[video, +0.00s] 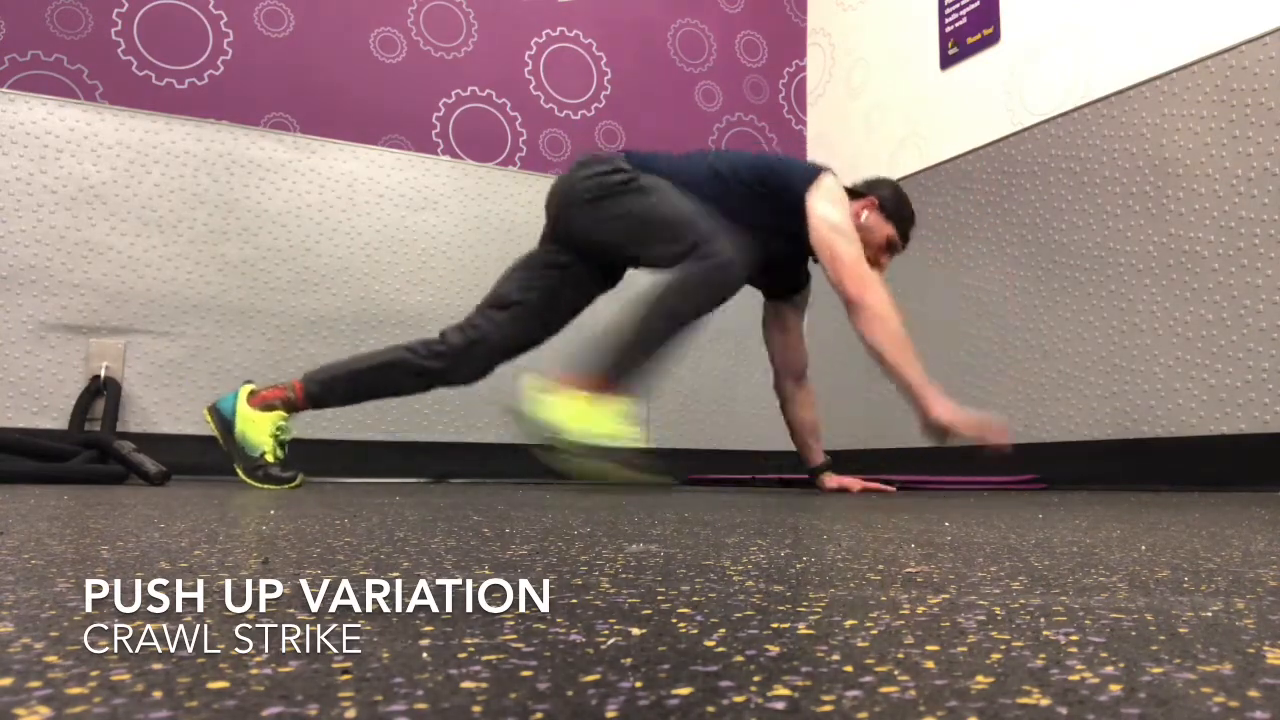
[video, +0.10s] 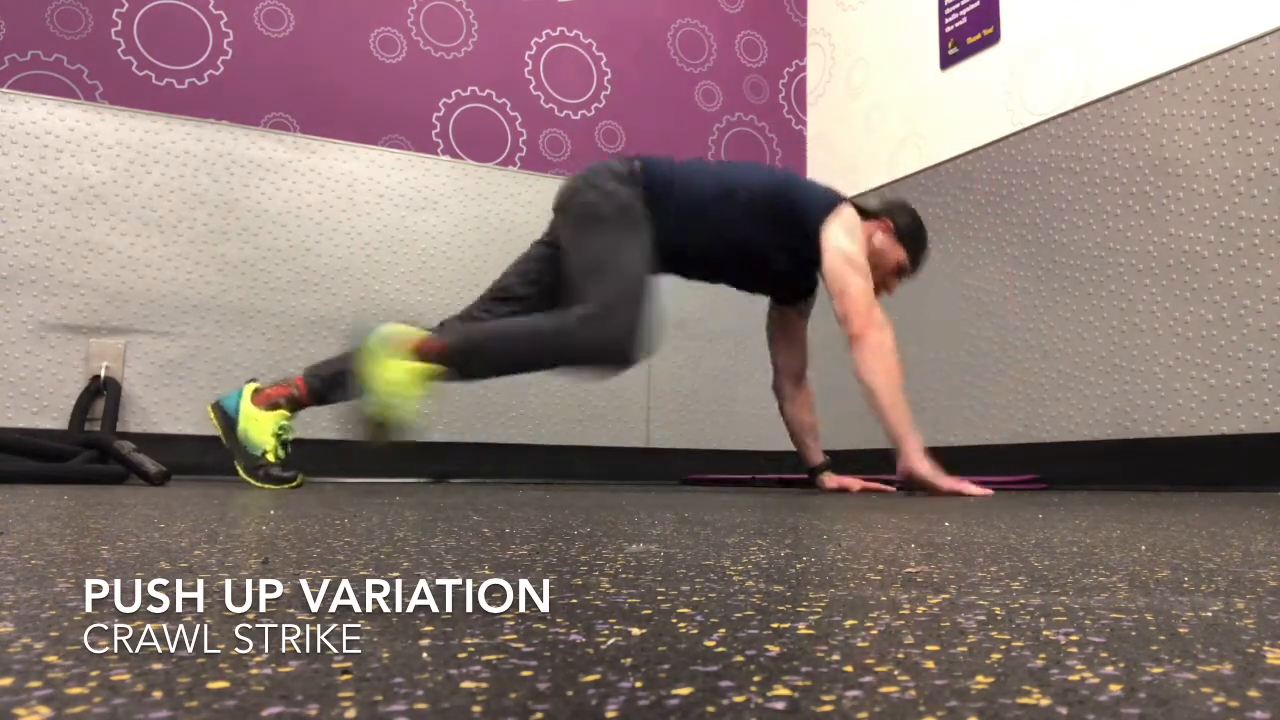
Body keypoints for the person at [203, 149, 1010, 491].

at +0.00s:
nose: (876, 262)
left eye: (883, 256)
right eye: (881, 243)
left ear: (861, 237)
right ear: (861, 204)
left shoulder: (781, 263)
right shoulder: (815, 189)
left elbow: (790, 372)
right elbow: (870, 296)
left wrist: (819, 468)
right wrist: (934, 403)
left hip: (601, 231)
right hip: (605, 181)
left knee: (471, 349)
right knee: (720, 252)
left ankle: (267, 405)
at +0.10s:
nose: (873, 286)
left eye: (885, 279)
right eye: (883, 268)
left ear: (869, 242)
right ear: (876, 230)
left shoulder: (804, 257)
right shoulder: (836, 217)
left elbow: (789, 374)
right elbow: (869, 330)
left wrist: (820, 468)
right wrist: (913, 448)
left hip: (603, 220)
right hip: (614, 195)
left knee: (468, 337)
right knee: (612, 336)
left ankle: (270, 404)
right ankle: (420, 351)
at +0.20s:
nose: (890, 319)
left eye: (904, 312)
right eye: (901, 303)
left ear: (883, 272)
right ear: (898, 262)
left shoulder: (819, 268)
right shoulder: (858, 244)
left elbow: (784, 382)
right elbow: (866, 344)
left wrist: (817, 468)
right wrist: (906, 475)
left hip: (628, 240)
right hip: (634, 227)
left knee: (481, 345)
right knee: (506, 366)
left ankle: (283, 373)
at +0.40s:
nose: (918, 378)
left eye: (930, 378)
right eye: (931, 366)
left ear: (919, 352)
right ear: (926, 325)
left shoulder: (840, 326)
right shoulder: (879, 286)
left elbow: (781, 398)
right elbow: (860, 362)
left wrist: (815, 470)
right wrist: (907, 475)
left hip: (658, 335)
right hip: (654, 314)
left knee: (467, 384)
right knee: (465, 384)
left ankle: (259, 388)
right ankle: (253, 387)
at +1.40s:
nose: (926, 310)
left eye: (935, 305)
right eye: (935, 294)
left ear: (915, 266)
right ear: (925, 258)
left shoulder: (833, 258)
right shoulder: (877, 239)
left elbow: (798, 380)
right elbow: (867, 352)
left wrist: (826, 468)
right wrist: (906, 473)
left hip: (645, 288)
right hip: (639, 273)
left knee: (461, 372)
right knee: (457, 372)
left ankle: (255, 390)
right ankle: (237, 390)